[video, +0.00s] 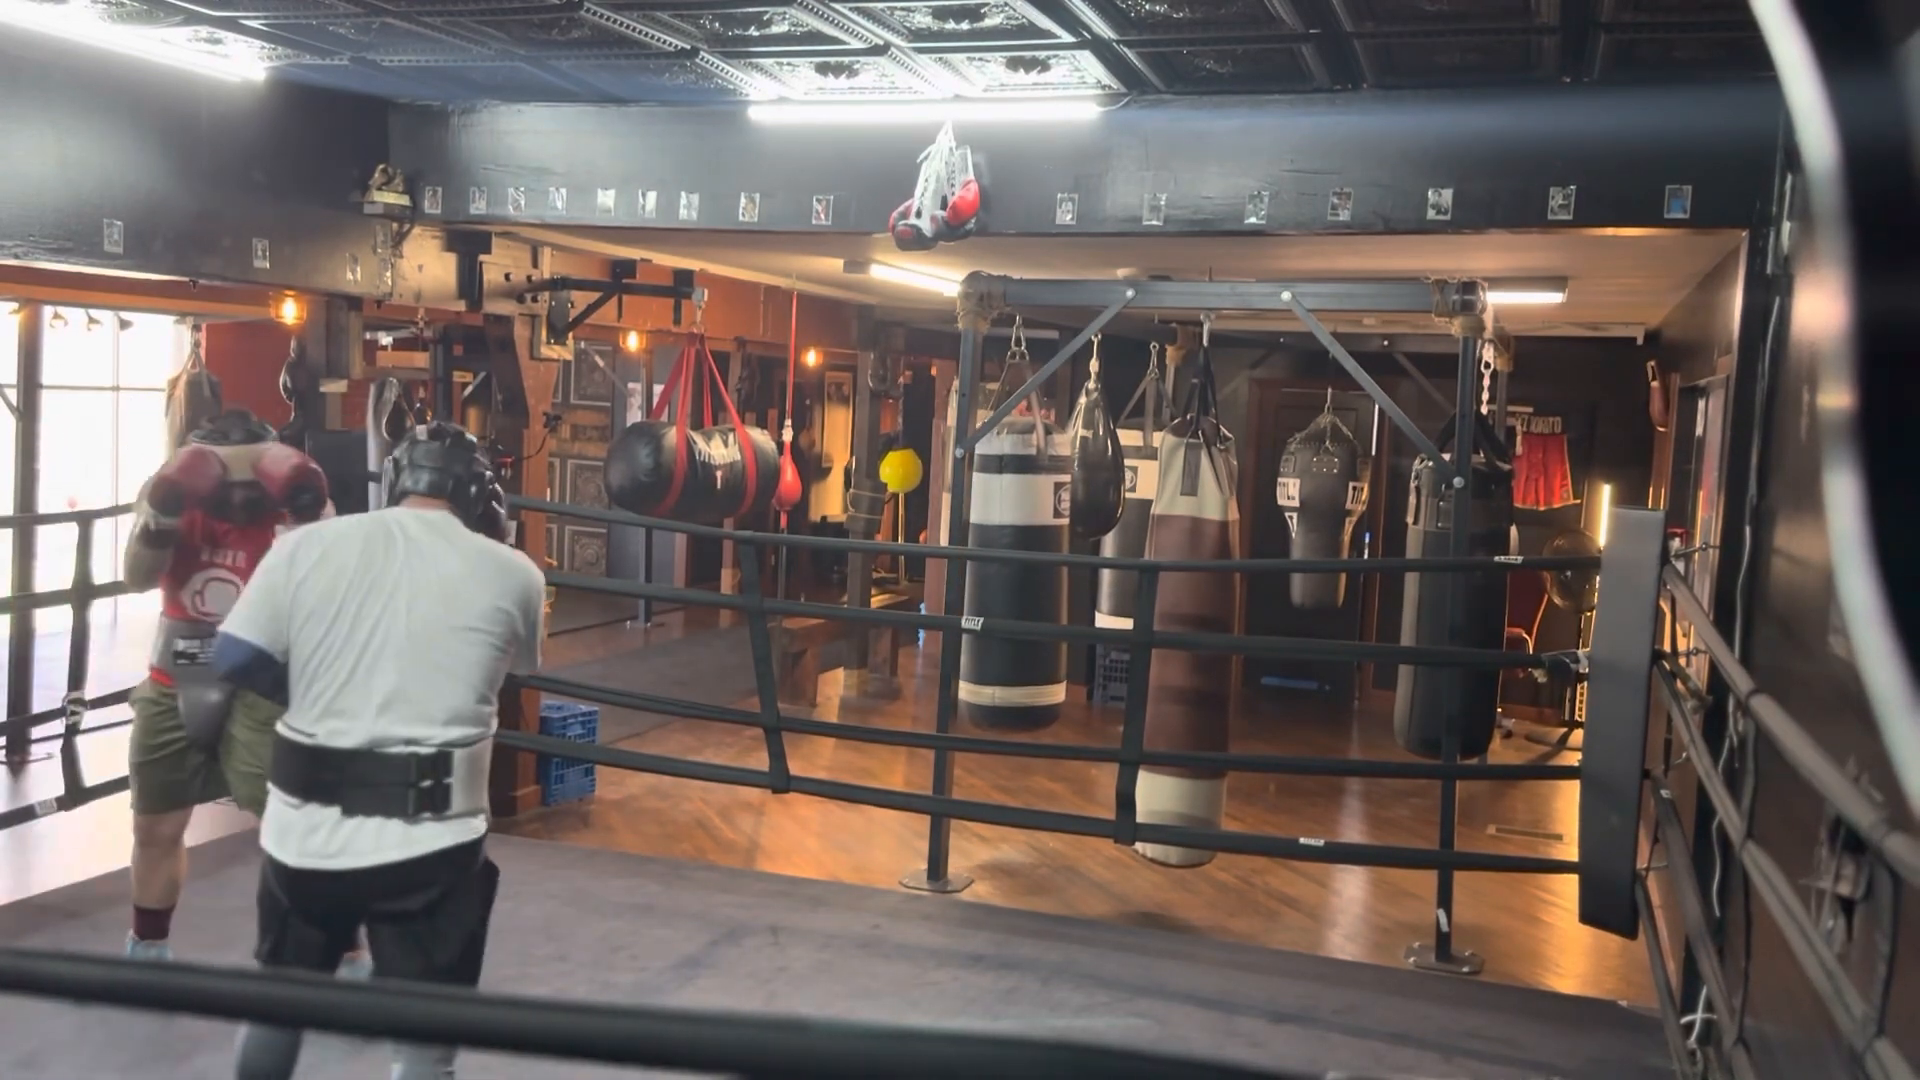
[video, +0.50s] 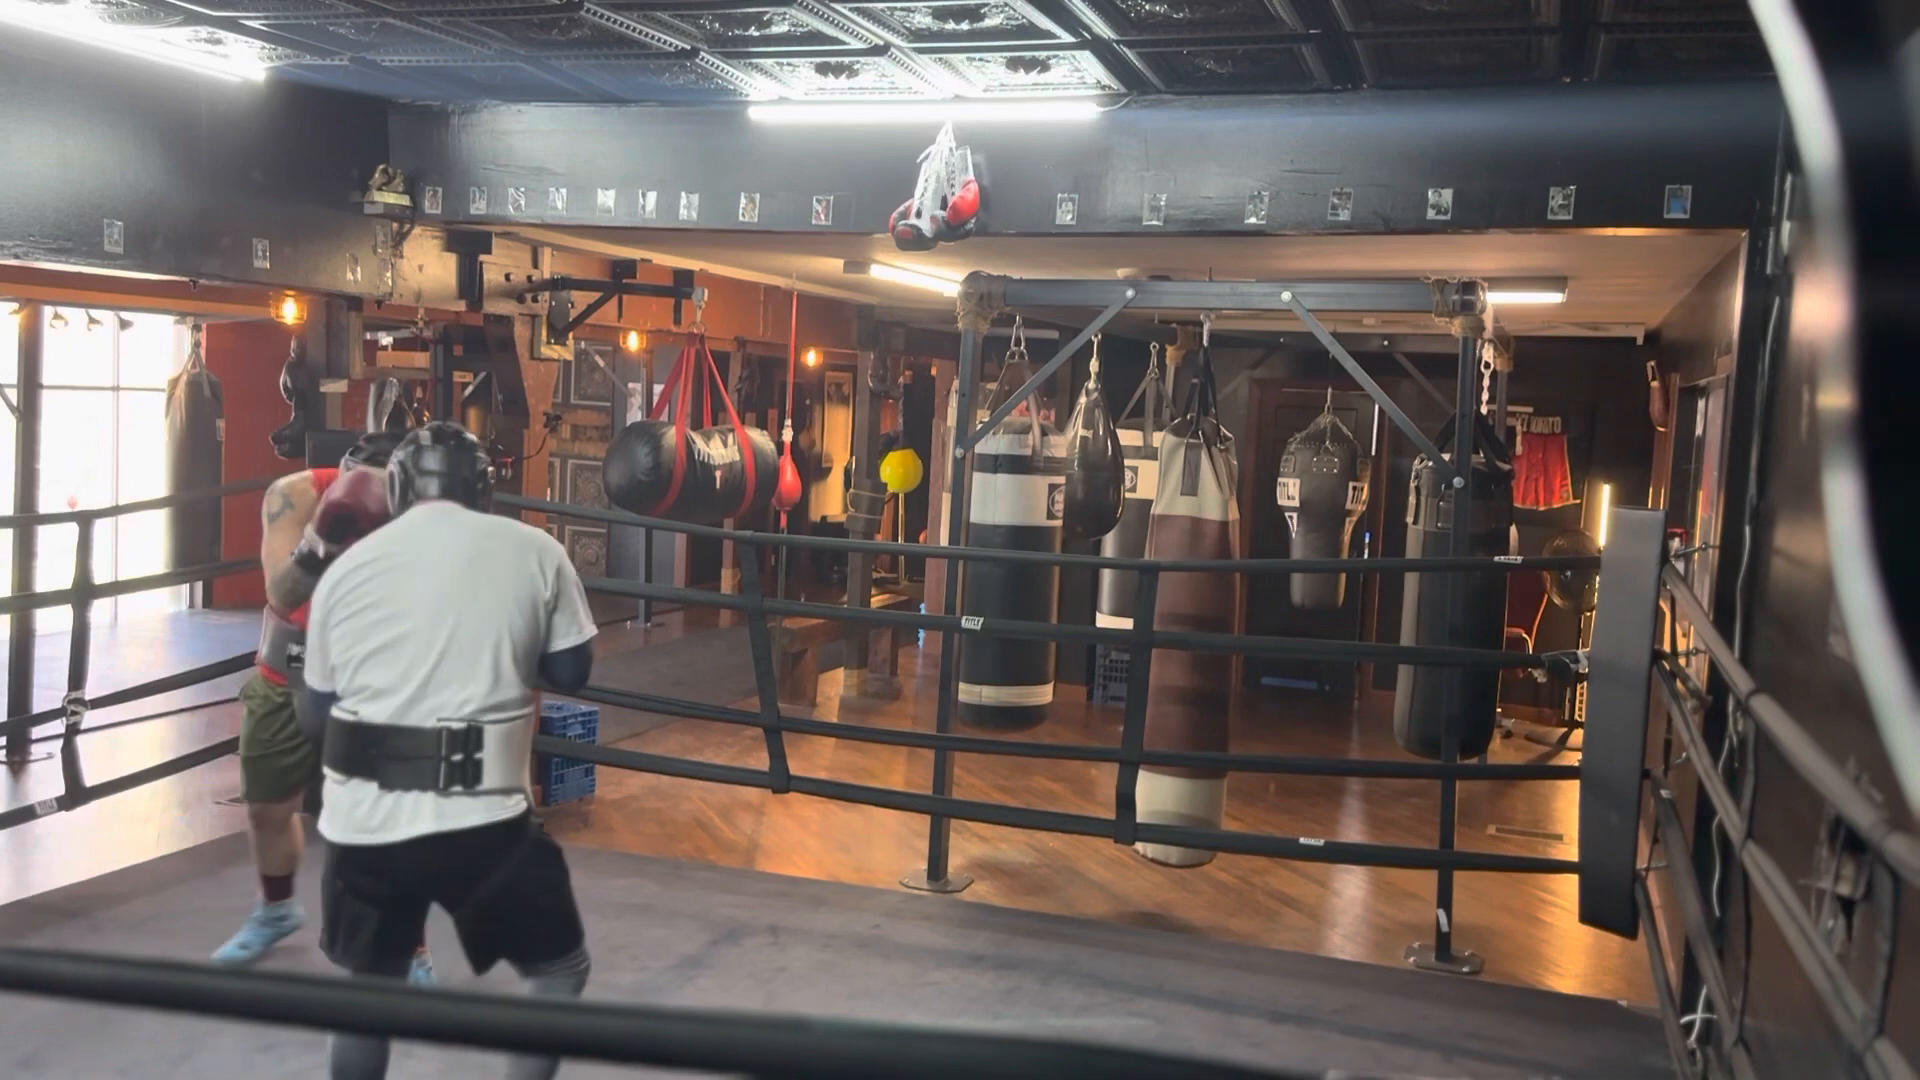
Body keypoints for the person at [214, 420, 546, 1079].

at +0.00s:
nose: (496, 501)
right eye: (491, 490)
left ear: (394, 481)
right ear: (478, 493)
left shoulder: (305, 547)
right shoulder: (515, 573)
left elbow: (238, 658)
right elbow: (512, 671)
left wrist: (327, 688)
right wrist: (498, 545)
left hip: (305, 847)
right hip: (431, 856)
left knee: (278, 1007)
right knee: (426, 1043)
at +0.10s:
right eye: (489, 481)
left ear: (401, 478)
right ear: (487, 485)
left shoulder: (322, 542)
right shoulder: (533, 570)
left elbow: (244, 661)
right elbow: (526, 684)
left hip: (321, 842)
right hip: (446, 853)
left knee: (309, 999)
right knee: (428, 1040)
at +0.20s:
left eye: (399, 472)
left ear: (402, 480)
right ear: (488, 488)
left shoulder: (333, 546)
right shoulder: (540, 571)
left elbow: (249, 660)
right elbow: (542, 689)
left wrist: (347, 663)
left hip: (334, 838)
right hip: (456, 846)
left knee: (336, 1017)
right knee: (442, 1034)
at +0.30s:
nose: (382, 490)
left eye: (386, 480)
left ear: (393, 487)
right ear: (481, 492)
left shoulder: (331, 558)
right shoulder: (537, 570)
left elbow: (277, 681)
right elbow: (538, 706)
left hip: (347, 839)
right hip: (466, 844)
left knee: (350, 1011)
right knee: (471, 1030)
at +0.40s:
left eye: (387, 485)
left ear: (392, 490)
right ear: (477, 491)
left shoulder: (337, 571)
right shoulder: (533, 558)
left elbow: (302, 704)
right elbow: (551, 687)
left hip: (357, 838)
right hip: (477, 836)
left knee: (359, 1003)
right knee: (530, 1006)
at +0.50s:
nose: (488, 490)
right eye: (484, 479)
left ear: (399, 489)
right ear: (481, 485)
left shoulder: (347, 569)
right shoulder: (533, 549)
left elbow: (313, 713)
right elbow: (570, 672)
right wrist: (500, 642)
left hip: (364, 828)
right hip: (484, 824)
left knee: (365, 993)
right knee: (559, 970)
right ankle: (526, 1076)